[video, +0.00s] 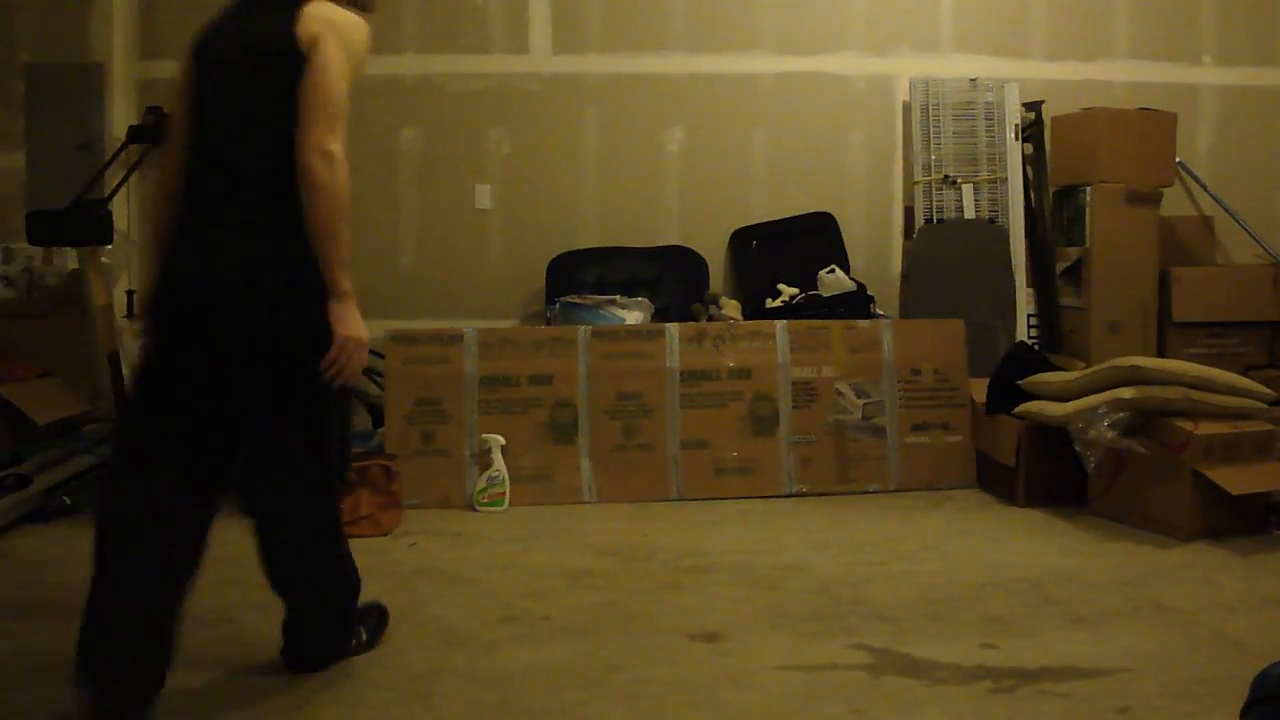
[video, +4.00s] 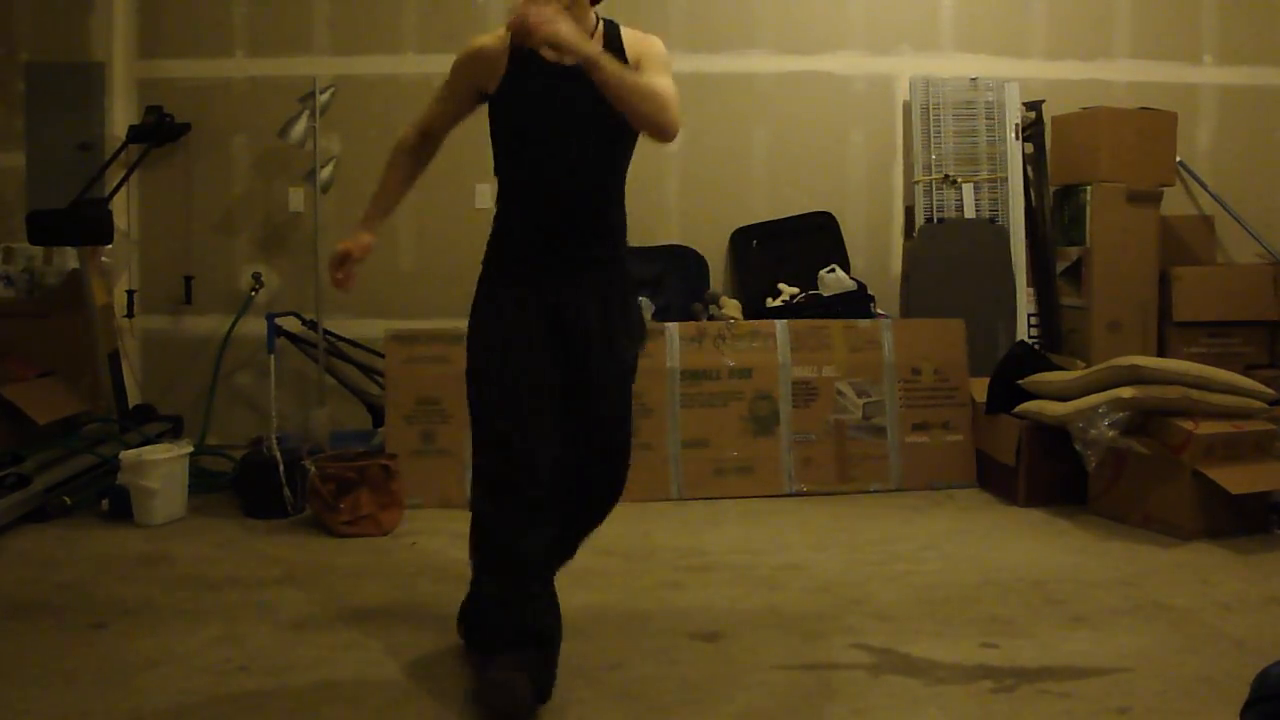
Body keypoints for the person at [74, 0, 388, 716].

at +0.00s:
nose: (373, 11)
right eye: (369, 6)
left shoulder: (216, 30)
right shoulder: (334, 24)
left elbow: (173, 167)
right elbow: (320, 155)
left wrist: (156, 287)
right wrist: (343, 294)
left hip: (196, 288)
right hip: (281, 290)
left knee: (159, 482)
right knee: (295, 457)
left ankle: (116, 679)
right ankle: (320, 626)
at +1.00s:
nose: (657, 1)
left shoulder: (606, 49)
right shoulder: (566, 29)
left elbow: (567, 150)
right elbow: (477, 106)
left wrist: (590, 236)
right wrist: (480, 223)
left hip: (567, 267)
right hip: (544, 266)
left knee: (537, 432)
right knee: (628, 420)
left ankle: (504, 595)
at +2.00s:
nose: (728, 9)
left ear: (761, 5)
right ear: (693, 7)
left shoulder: (800, 72)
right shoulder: (679, 73)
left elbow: (855, 171)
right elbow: (632, 154)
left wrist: (753, 196)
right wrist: (650, 179)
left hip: (789, 273)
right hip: (716, 273)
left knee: (751, 437)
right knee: (708, 449)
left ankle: (808, 532)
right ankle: (752, 598)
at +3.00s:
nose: (526, 9)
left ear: (578, 3)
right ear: (510, 6)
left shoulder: (632, 71)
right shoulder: (497, 67)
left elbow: (655, 184)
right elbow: (431, 127)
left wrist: (660, 285)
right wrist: (420, 152)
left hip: (581, 287)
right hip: (500, 280)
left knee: (571, 458)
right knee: (435, 432)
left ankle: (598, 619)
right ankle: (373, 567)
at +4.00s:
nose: (533, 16)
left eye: (547, 8)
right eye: (527, 8)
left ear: (585, 5)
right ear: (519, 8)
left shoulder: (638, 50)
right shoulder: (492, 59)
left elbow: (665, 119)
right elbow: (420, 141)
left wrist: (583, 48)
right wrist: (368, 227)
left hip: (600, 291)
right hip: (513, 292)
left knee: (597, 474)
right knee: (514, 472)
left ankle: (495, 604)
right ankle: (514, 662)